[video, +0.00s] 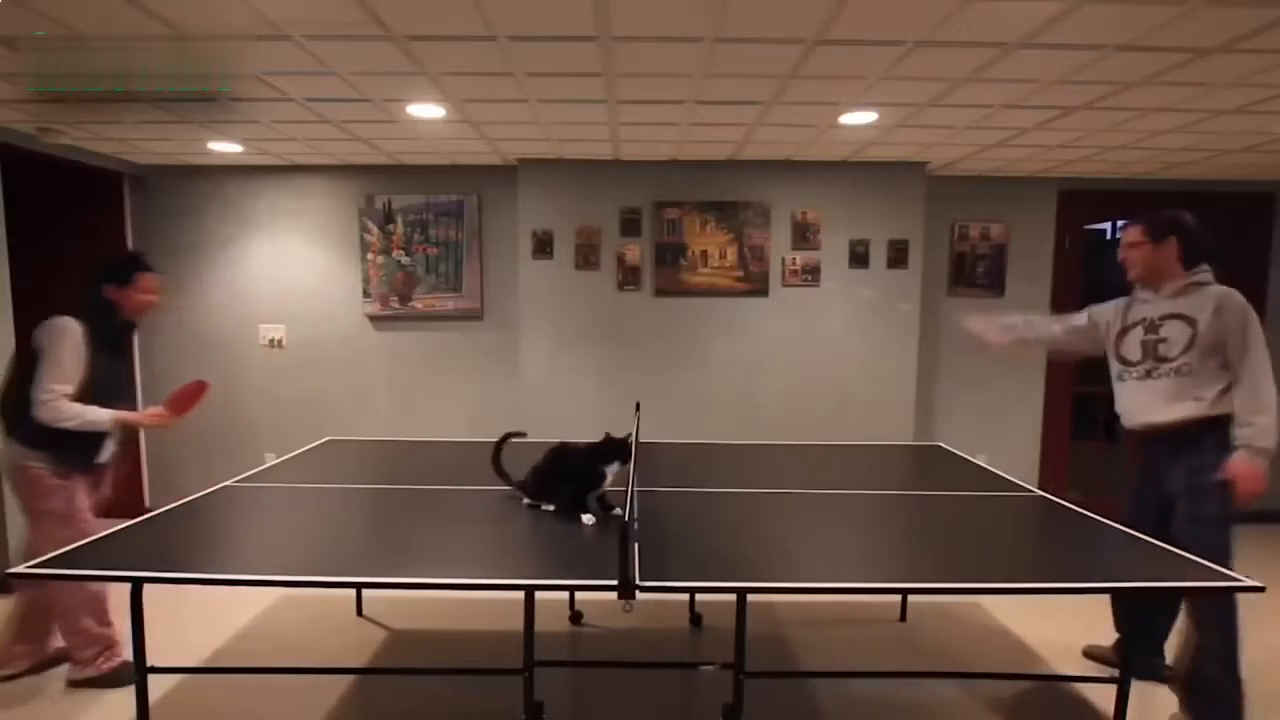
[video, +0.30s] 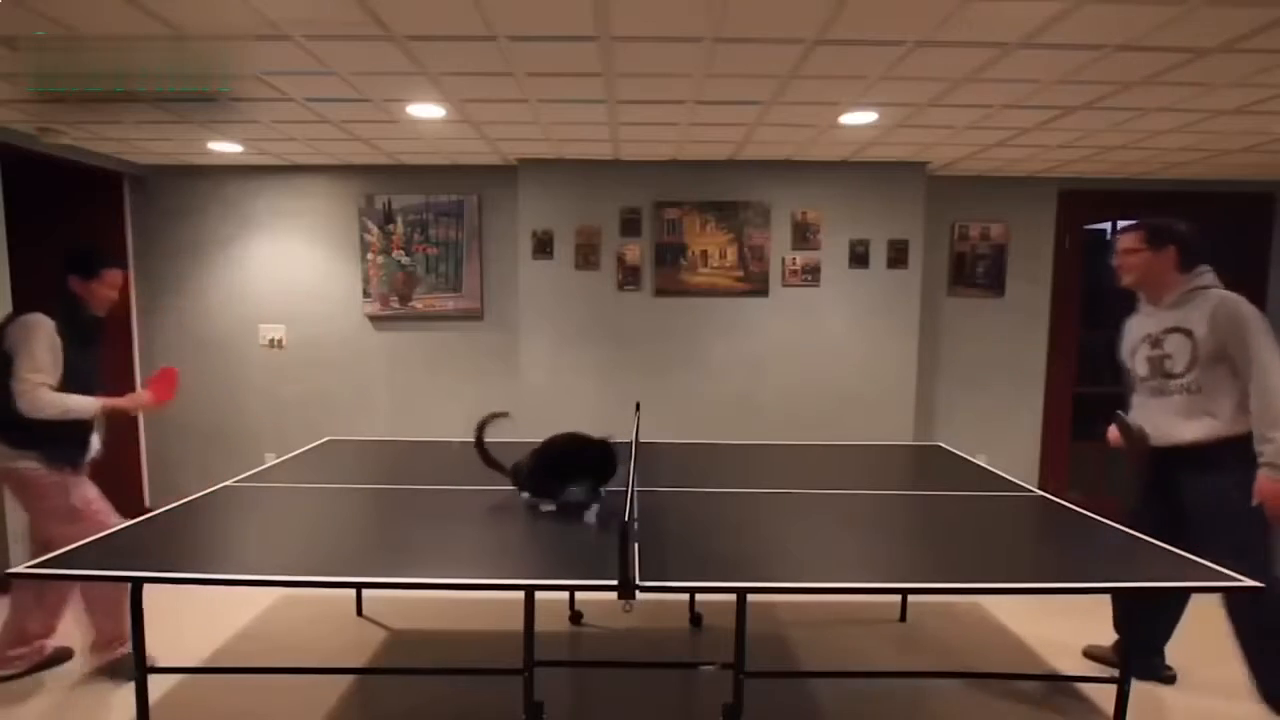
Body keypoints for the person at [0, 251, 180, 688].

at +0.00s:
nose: (151, 303)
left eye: (153, 293)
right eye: (144, 292)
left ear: (126, 295)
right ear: (114, 292)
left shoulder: (121, 338)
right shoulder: (67, 331)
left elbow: (110, 414)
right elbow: (47, 408)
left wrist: (104, 469)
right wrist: (131, 418)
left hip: (81, 466)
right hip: (41, 465)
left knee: (53, 559)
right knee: (80, 554)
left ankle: (24, 650)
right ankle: (95, 659)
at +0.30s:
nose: (115, 297)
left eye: (117, 288)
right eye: (109, 286)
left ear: (92, 286)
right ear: (78, 283)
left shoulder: (80, 330)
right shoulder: (40, 327)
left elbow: (74, 398)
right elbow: (30, 400)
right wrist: (116, 403)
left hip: (61, 465)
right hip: (34, 466)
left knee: (55, 557)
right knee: (111, 539)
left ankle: (19, 649)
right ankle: (112, 648)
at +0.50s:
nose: (162, 302)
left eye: (163, 293)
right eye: (155, 292)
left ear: (133, 294)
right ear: (129, 292)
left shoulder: (119, 338)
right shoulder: (95, 339)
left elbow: (154, 377)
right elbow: (151, 381)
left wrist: (203, 362)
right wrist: (222, 366)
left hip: (110, 470)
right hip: (84, 471)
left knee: (77, 562)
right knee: (150, 546)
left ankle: (21, 650)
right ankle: (185, 644)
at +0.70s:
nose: (218, 295)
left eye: (219, 286)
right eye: (211, 286)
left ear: (188, 289)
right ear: (180, 287)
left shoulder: (186, 331)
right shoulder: (152, 330)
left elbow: (167, 403)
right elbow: (114, 404)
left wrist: (222, 419)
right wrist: (182, 424)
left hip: (146, 456)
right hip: (123, 456)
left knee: (112, 553)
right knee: (161, 546)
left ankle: (45, 645)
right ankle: (186, 645)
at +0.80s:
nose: (224, 296)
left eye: (225, 286)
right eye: (216, 286)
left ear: (198, 290)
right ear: (184, 287)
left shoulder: (191, 333)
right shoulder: (151, 330)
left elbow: (168, 398)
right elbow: (85, 392)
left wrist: (193, 431)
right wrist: (148, 432)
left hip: (155, 458)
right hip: (126, 458)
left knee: (124, 552)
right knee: (159, 547)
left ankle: (66, 645)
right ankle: (186, 644)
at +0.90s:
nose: (214, 294)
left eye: (215, 284)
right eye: (206, 284)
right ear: (175, 286)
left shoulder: (185, 333)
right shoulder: (142, 330)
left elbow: (182, 395)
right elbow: (75, 391)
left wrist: (189, 435)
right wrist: (135, 435)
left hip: (159, 458)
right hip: (124, 460)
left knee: (130, 551)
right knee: (161, 548)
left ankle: (75, 639)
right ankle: (185, 645)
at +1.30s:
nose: (113, 283)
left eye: (117, 275)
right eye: (104, 274)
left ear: (121, 281)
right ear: (76, 277)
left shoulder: (106, 330)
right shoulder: (43, 326)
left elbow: (114, 393)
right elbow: (10, 401)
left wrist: (129, 423)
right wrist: (80, 421)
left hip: (102, 454)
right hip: (64, 458)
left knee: (85, 547)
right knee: (119, 539)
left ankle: (61, 643)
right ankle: (114, 652)